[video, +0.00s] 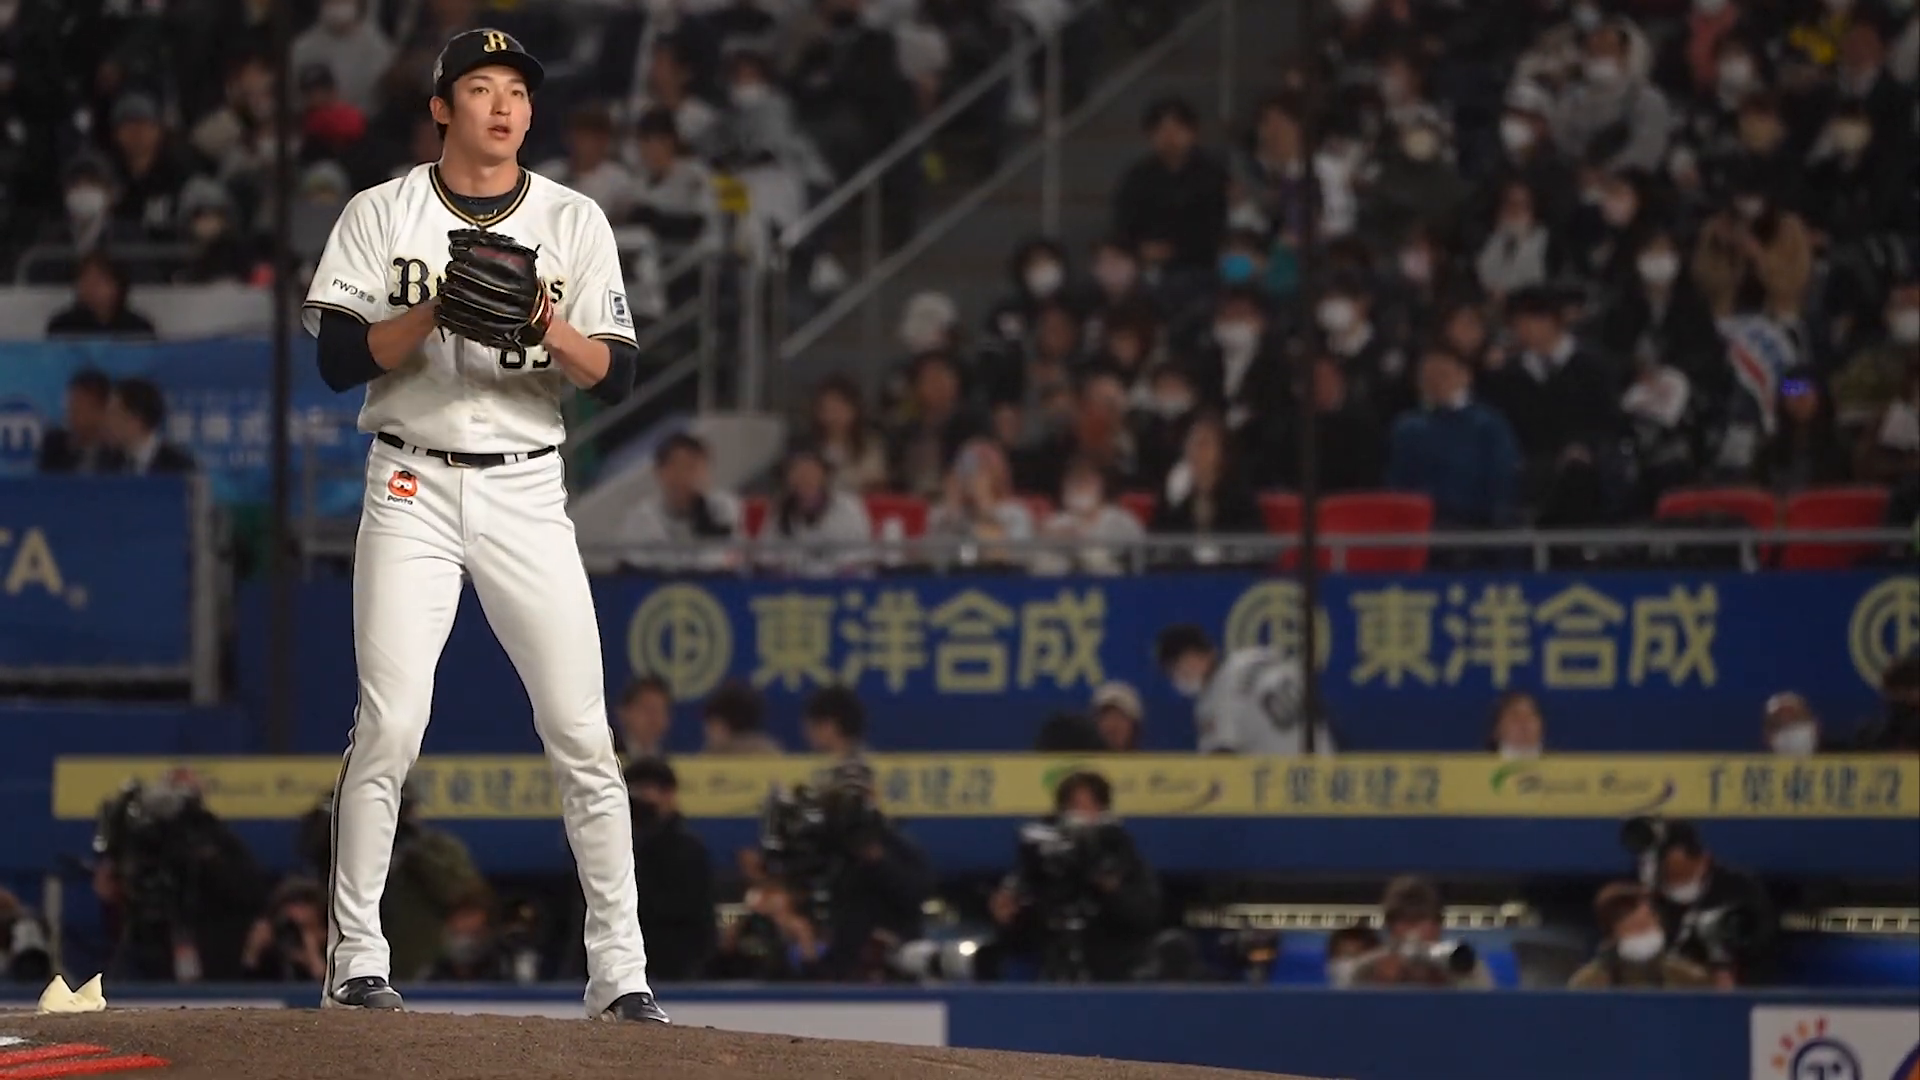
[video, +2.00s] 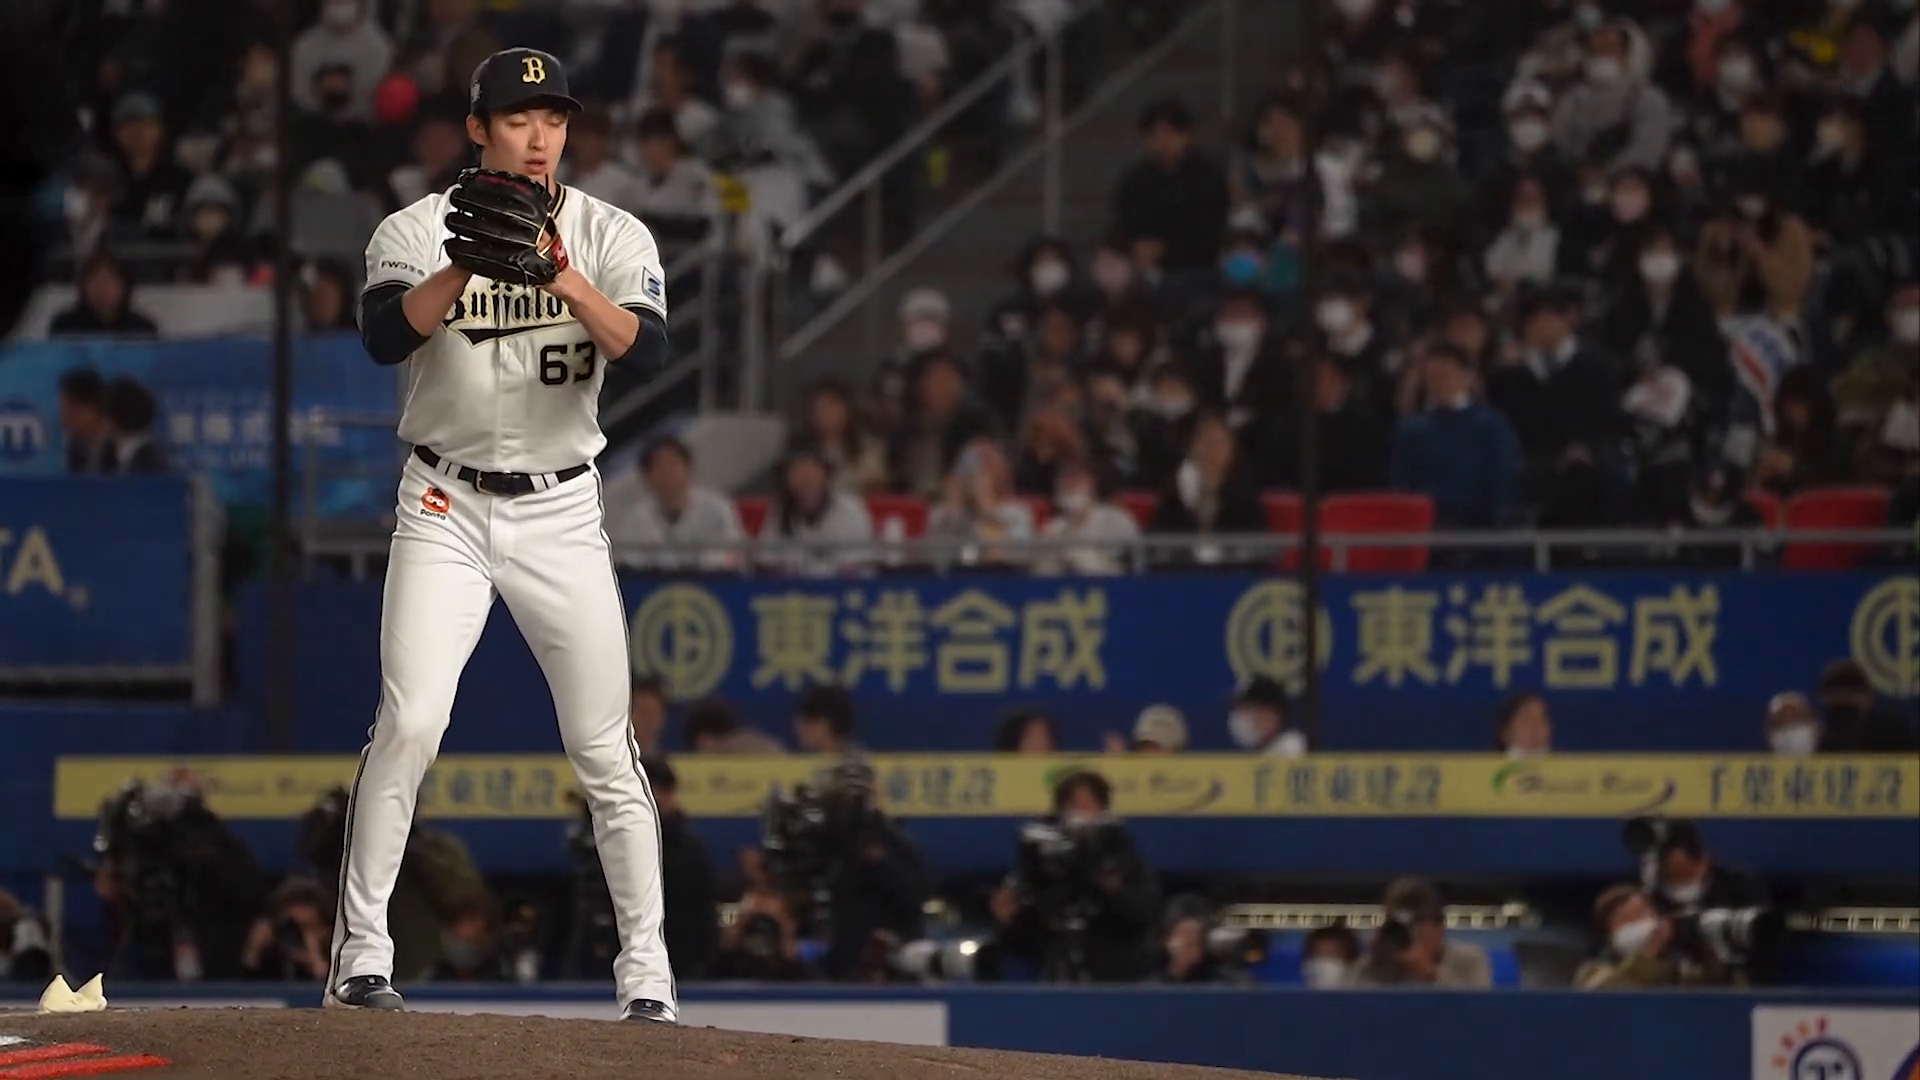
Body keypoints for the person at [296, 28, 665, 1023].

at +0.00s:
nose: (503, 109)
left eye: (515, 95)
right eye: (483, 95)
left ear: (530, 113)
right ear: (441, 110)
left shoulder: (574, 218)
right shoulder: (381, 212)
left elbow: (605, 371)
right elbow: (335, 362)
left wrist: (547, 324)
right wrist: (433, 310)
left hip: (527, 494)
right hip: (410, 488)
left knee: (585, 738)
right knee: (390, 724)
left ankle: (621, 983)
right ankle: (357, 964)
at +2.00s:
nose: (536, 137)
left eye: (549, 119)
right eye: (517, 119)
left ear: (569, 131)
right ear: (477, 129)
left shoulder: (613, 235)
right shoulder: (418, 228)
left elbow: (645, 351)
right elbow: (379, 340)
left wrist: (559, 271)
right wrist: (469, 261)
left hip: (561, 515)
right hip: (442, 507)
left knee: (603, 750)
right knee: (410, 724)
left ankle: (647, 977)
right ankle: (360, 959)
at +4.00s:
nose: (592, 133)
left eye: (593, 118)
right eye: (574, 117)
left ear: (585, 133)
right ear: (517, 128)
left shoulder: (624, 238)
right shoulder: (429, 220)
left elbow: (659, 380)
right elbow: (403, 343)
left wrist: (589, 281)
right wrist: (491, 250)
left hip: (566, 511)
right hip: (447, 501)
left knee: (603, 748)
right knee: (413, 724)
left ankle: (645, 970)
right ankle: (361, 957)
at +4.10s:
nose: (594, 146)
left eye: (596, 130)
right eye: (577, 129)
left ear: (584, 142)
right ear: (520, 137)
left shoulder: (624, 244)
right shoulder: (428, 223)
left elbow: (656, 386)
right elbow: (395, 354)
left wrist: (603, 317)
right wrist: (497, 276)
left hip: (569, 509)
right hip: (449, 503)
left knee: (595, 732)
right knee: (409, 721)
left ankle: (612, 945)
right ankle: (360, 957)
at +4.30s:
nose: (602, 248)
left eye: (602, 232)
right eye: (584, 233)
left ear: (595, 241)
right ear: (530, 245)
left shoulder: (634, 349)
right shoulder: (443, 338)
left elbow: (701, 486)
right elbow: (390, 479)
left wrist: (688, 574)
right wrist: (434, 564)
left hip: (590, 567)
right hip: (474, 570)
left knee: (591, 715)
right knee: (425, 743)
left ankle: (551, 929)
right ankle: (362, 954)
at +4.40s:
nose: (619, 312)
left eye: (618, 295)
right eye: (599, 298)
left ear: (612, 305)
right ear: (546, 312)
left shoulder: (656, 405)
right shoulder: (460, 407)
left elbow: (752, 523)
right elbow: (395, 554)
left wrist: (829, 650)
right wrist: (347, 700)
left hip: (625, 618)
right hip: (505, 629)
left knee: (673, 765)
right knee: (451, 762)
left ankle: (739, 930)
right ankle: (365, 962)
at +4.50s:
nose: (673, 369)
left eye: (673, 353)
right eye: (654, 354)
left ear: (660, 366)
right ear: (594, 367)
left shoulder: (709, 449)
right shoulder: (505, 466)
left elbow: (858, 511)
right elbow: (392, 569)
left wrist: (1006, 548)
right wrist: (275, 662)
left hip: (692, 673)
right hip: (569, 687)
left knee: (815, 789)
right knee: (500, 792)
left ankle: (973, 962)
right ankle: (382, 947)